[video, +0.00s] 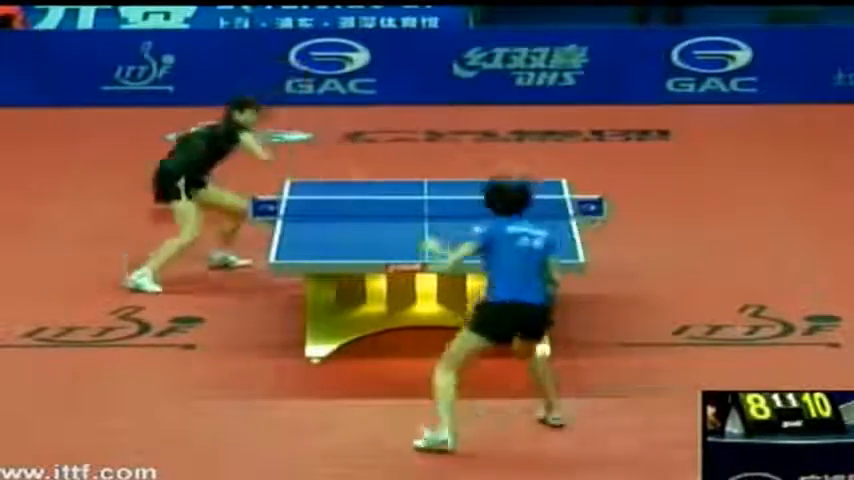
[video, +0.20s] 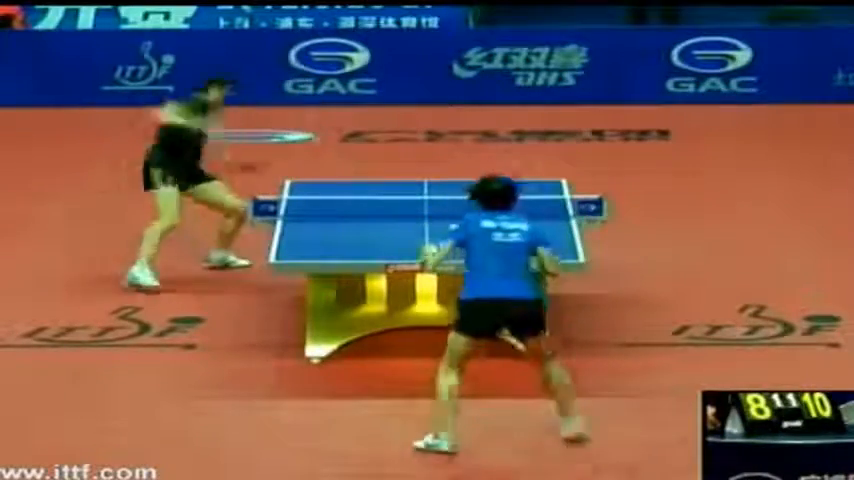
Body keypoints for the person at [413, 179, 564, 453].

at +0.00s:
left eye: (491, 202)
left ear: (494, 205)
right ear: (524, 204)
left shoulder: (492, 231)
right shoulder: (542, 235)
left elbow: (454, 261)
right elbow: (554, 279)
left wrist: (437, 258)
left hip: (498, 307)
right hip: (535, 309)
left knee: (447, 365)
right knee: (535, 352)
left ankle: (445, 431)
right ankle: (552, 411)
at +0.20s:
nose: (472, 204)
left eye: (474, 200)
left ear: (479, 202)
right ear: (512, 202)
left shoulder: (471, 223)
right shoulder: (526, 226)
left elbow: (435, 259)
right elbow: (551, 266)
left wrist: (429, 257)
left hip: (479, 302)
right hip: (523, 302)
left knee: (451, 366)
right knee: (548, 360)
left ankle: (443, 434)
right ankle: (571, 421)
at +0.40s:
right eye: (527, 209)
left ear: (491, 216)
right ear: (525, 217)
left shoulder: (478, 244)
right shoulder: (540, 248)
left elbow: (450, 277)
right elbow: (559, 285)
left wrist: (452, 310)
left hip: (479, 323)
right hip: (524, 325)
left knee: (436, 384)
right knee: (563, 385)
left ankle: (404, 449)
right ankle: (595, 450)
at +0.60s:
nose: (539, 262)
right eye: (538, 257)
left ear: (507, 247)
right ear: (532, 258)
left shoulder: (481, 262)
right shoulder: (523, 282)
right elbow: (562, 296)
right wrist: (563, 266)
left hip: (424, 333)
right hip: (463, 342)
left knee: (388, 391)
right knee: (527, 394)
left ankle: (357, 448)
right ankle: (554, 457)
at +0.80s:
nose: (516, 337)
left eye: (516, 331)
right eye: (517, 332)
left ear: (491, 312)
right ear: (508, 331)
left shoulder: (458, 310)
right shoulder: (476, 344)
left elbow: (426, 290)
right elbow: (478, 382)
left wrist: (401, 273)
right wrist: (508, 368)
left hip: (359, 358)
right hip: (389, 373)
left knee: (359, 418)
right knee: (473, 405)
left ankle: (296, 459)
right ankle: (500, 471)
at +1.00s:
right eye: (489, 328)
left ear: (467, 304)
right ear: (483, 330)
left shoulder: (433, 299)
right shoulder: (452, 352)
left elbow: (408, 265)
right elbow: (413, 375)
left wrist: (396, 230)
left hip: (344, 355)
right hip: (377, 373)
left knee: (324, 407)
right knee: (457, 409)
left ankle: (282, 460)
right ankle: (500, 470)